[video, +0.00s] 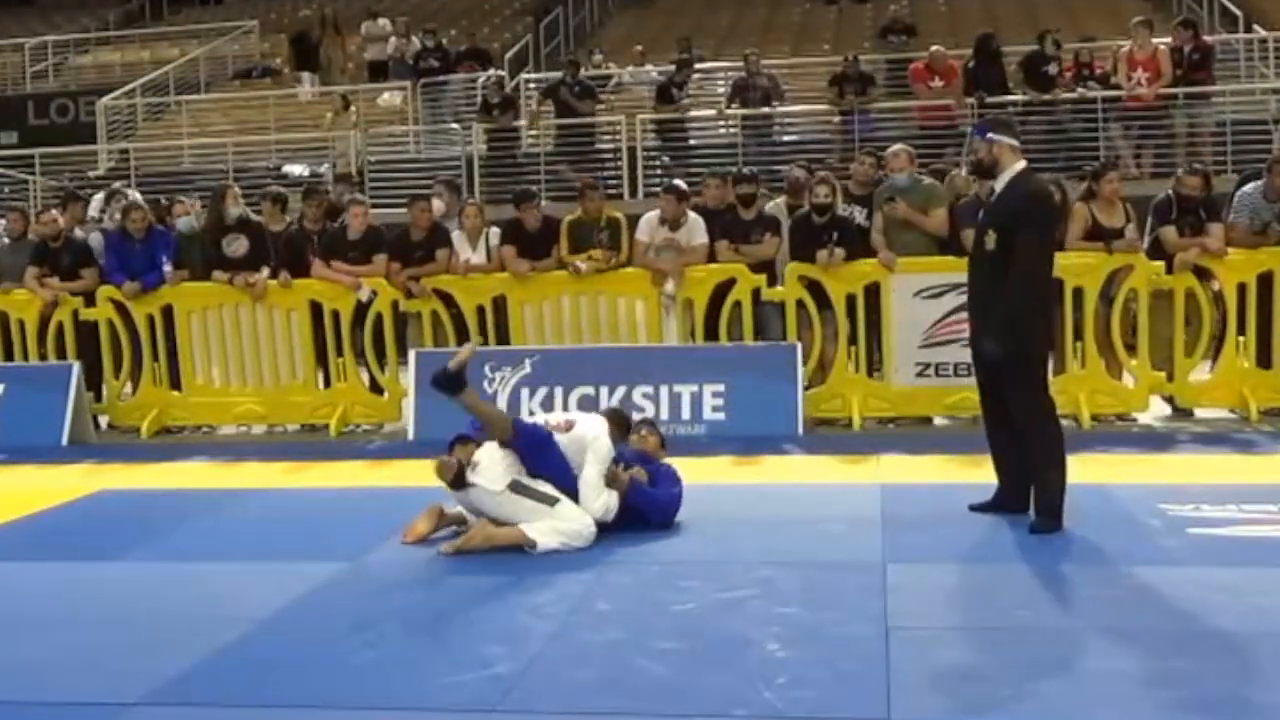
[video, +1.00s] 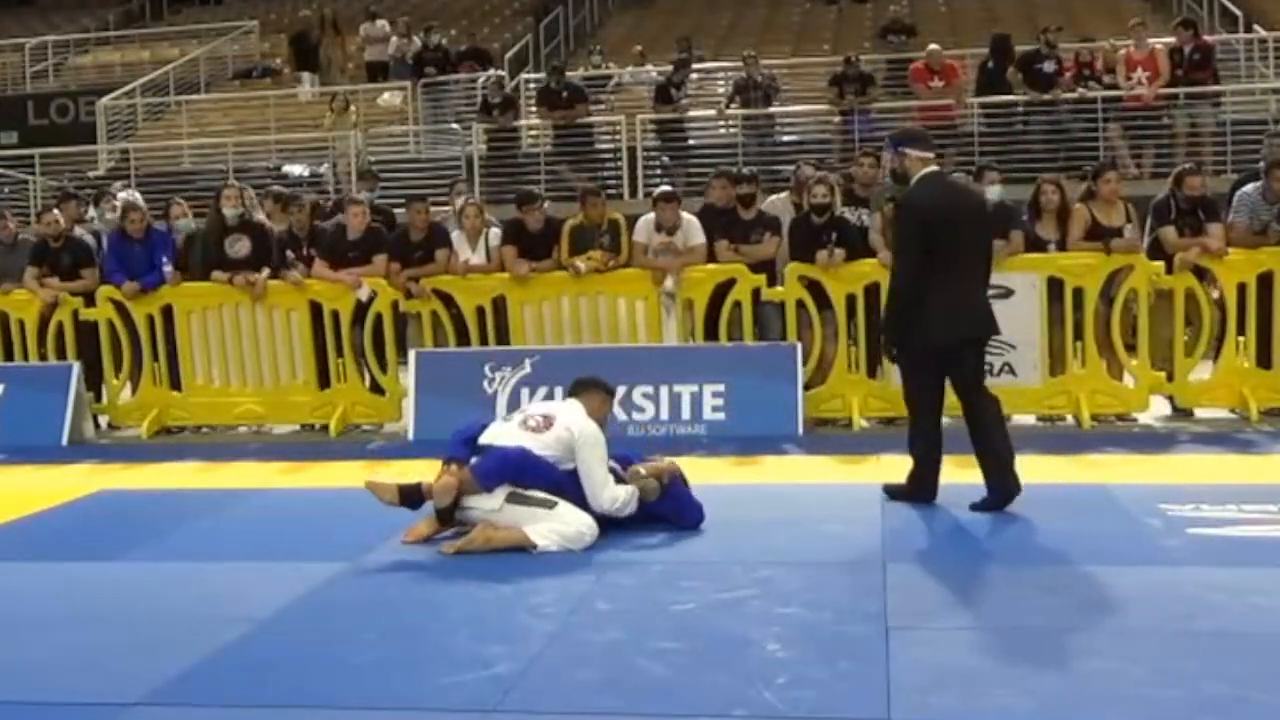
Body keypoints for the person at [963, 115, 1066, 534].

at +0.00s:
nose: (976, 158)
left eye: (979, 150)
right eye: (975, 151)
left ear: (999, 147)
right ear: (998, 149)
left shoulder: (1033, 195)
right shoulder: (1001, 195)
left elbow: (1029, 276)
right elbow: (992, 270)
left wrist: (1010, 330)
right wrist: (981, 325)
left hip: (1019, 327)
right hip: (991, 325)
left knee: (1032, 412)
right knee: (1000, 411)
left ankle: (1049, 507)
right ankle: (1011, 492)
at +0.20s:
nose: (966, 162)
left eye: (969, 154)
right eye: (966, 155)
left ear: (987, 151)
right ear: (996, 151)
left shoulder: (1009, 195)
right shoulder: (1007, 192)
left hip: (1000, 324)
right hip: (989, 322)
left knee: (1008, 412)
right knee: (996, 410)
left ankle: (1036, 504)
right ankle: (1011, 489)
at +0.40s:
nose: (956, 163)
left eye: (959, 154)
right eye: (956, 155)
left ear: (975, 150)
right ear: (993, 150)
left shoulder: (993, 193)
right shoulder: (1015, 192)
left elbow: (941, 222)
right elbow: (996, 268)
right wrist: (961, 313)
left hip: (979, 323)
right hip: (1006, 322)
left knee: (959, 401)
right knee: (1006, 401)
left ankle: (985, 496)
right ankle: (1016, 495)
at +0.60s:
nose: (943, 161)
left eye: (945, 153)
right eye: (943, 154)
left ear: (960, 152)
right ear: (981, 153)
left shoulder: (967, 197)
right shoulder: (1013, 197)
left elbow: (958, 269)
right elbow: (1020, 257)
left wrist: (937, 325)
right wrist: (1001, 303)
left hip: (962, 322)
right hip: (1004, 321)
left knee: (939, 405)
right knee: (1006, 405)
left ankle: (929, 488)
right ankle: (1014, 493)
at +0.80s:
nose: (919, 166)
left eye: (922, 159)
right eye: (920, 159)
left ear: (937, 158)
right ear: (961, 157)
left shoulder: (937, 202)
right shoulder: (995, 202)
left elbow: (929, 272)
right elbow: (1005, 269)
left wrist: (915, 329)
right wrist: (991, 306)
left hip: (944, 321)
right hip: (990, 320)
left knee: (935, 409)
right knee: (999, 405)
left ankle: (919, 484)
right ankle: (1010, 493)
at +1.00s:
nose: (893, 168)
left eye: (895, 161)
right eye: (893, 162)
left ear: (907, 158)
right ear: (933, 157)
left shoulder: (912, 204)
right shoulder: (972, 196)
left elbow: (905, 273)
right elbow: (981, 262)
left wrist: (890, 328)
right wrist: (973, 305)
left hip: (924, 320)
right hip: (970, 317)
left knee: (924, 408)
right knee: (976, 396)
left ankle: (922, 484)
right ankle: (1002, 481)